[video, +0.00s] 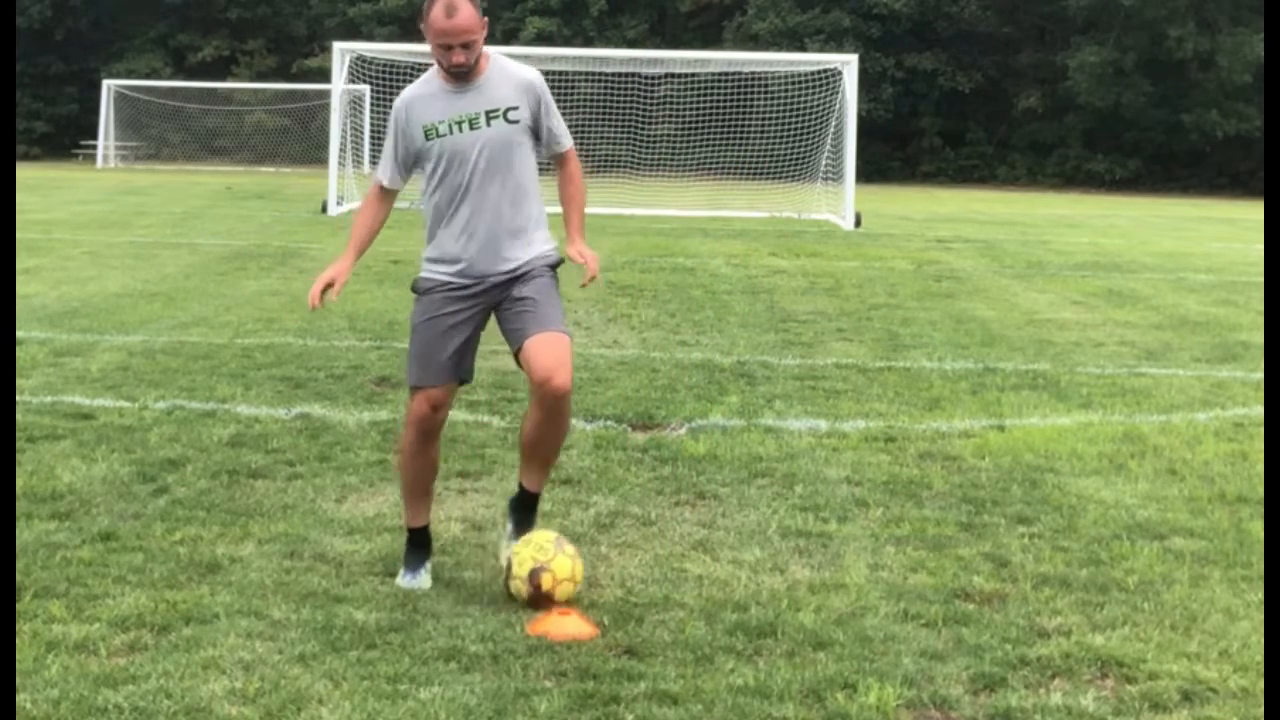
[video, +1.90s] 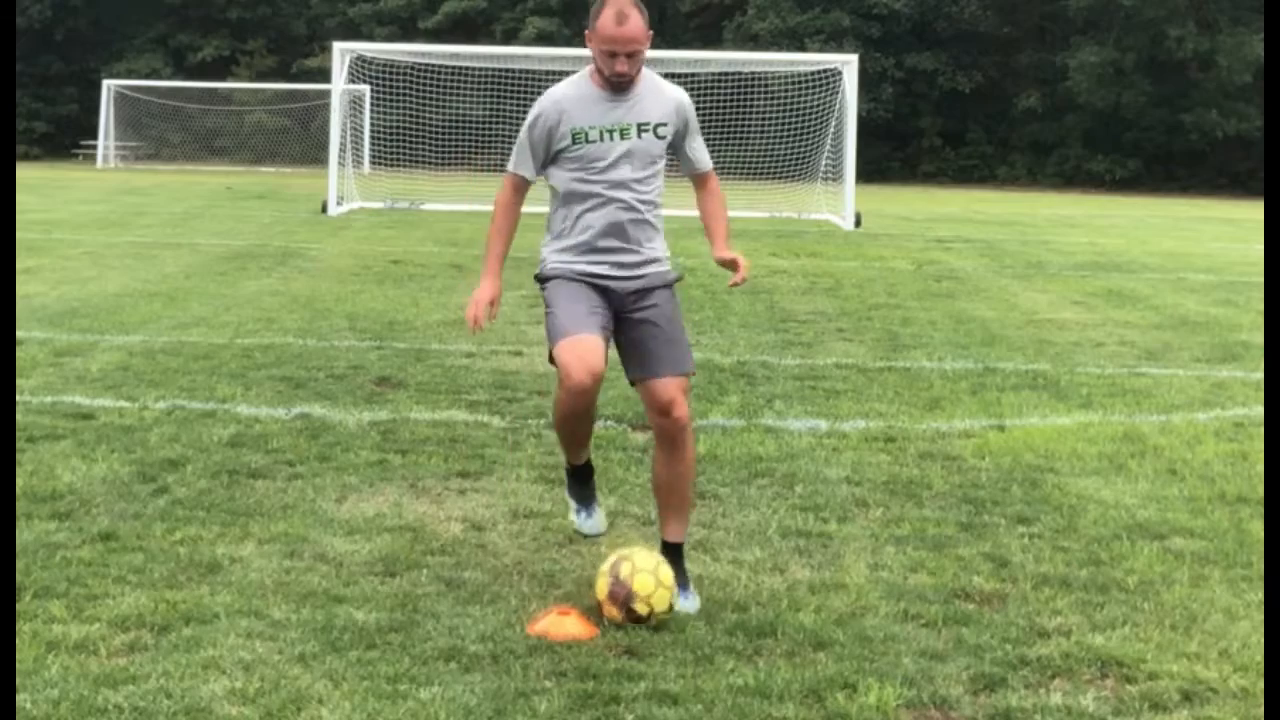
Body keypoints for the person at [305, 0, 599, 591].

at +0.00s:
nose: (458, 57)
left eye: (468, 45)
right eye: (446, 47)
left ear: (484, 30)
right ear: (426, 37)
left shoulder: (524, 84)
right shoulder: (411, 105)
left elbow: (565, 157)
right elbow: (382, 191)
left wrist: (575, 237)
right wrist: (346, 260)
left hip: (527, 265)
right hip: (448, 275)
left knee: (556, 384)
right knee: (427, 407)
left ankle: (524, 514)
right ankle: (417, 546)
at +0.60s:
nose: (497, 55)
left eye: (506, 42)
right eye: (485, 45)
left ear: (521, 27)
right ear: (461, 33)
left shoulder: (554, 79)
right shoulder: (436, 100)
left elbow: (585, 158)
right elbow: (413, 184)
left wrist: (604, 234)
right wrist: (391, 264)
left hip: (556, 255)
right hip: (478, 269)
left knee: (618, 366)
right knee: (474, 408)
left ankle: (613, 507)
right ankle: (486, 548)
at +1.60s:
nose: (588, 40)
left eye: (598, 28)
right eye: (575, 30)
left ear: (612, 15)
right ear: (551, 18)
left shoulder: (638, 68)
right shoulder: (521, 83)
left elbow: (664, 138)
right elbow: (488, 166)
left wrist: (682, 211)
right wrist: (476, 255)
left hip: (631, 246)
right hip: (554, 255)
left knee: (674, 377)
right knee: (546, 394)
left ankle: (671, 531)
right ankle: (525, 511)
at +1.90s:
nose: (623, 67)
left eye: (634, 55)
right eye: (611, 55)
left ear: (650, 44)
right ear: (589, 42)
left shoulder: (672, 103)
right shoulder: (554, 108)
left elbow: (704, 178)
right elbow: (513, 187)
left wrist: (719, 243)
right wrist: (490, 277)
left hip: (648, 273)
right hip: (574, 271)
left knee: (673, 413)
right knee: (580, 376)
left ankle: (673, 560)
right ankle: (580, 477)